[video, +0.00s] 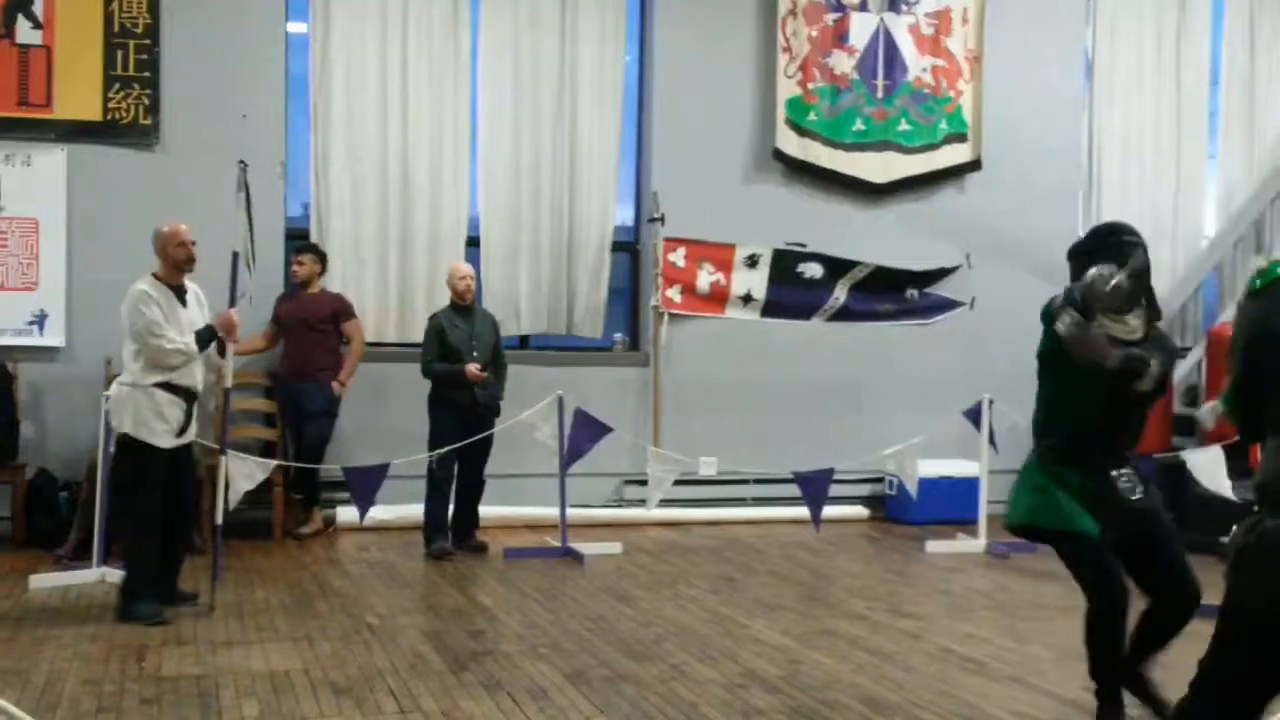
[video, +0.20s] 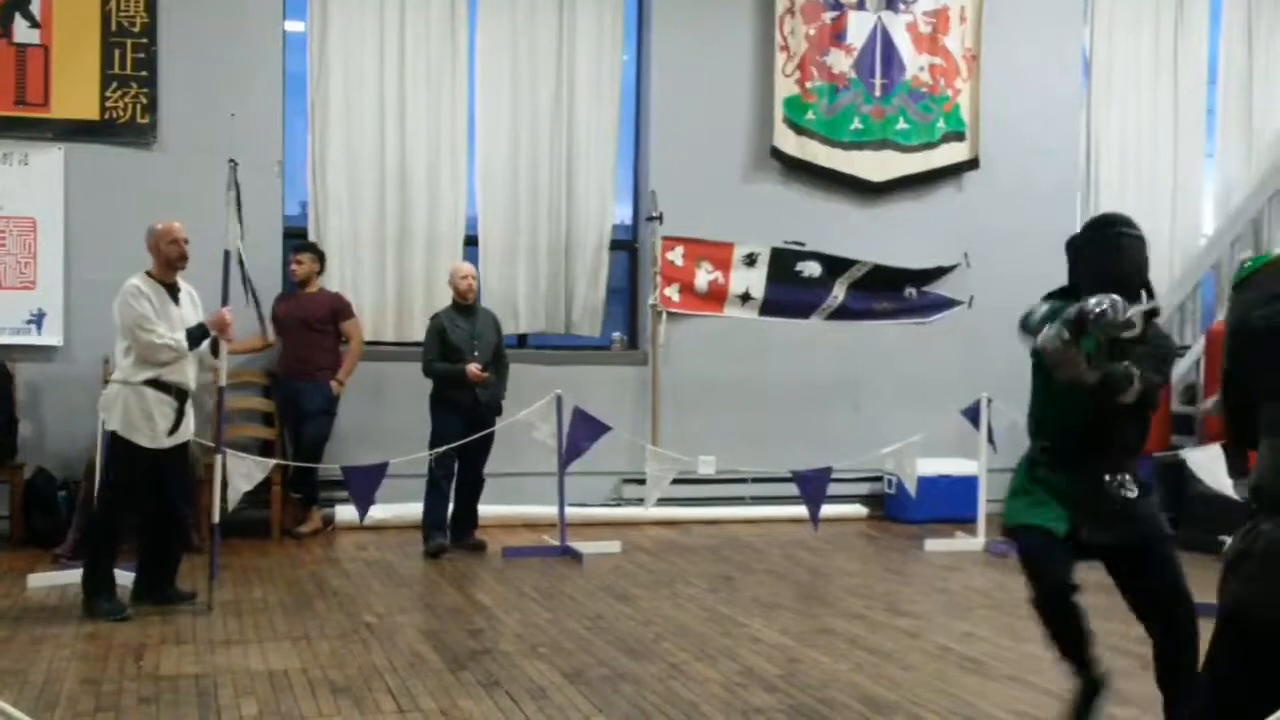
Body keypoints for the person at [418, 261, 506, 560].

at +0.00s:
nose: (467, 283)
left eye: (471, 278)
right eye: (461, 279)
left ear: (476, 283)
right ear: (449, 284)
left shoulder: (487, 320)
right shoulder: (438, 322)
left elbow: (499, 362)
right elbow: (428, 367)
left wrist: (495, 396)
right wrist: (462, 370)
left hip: (481, 406)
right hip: (446, 407)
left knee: (473, 474)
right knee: (441, 472)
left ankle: (464, 534)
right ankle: (436, 538)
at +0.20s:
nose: (469, 283)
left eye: (473, 278)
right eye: (463, 278)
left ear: (478, 283)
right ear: (451, 284)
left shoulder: (489, 319)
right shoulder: (440, 321)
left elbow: (501, 361)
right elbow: (429, 367)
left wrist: (497, 395)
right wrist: (462, 370)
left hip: (482, 405)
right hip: (448, 405)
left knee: (472, 473)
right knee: (441, 470)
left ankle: (463, 533)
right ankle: (435, 536)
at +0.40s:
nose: (469, 283)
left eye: (472, 278)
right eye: (463, 279)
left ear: (478, 284)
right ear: (452, 286)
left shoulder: (489, 320)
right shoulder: (441, 322)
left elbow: (501, 361)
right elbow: (430, 367)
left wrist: (497, 395)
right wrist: (463, 370)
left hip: (482, 406)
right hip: (448, 405)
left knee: (472, 472)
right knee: (441, 470)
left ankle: (461, 533)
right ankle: (433, 535)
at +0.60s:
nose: (470, 284)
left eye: (473, 279)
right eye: (464, 279)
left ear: (479, 284)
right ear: (453, 286)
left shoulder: (491, 321)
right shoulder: (443, 323)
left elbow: (503, 361)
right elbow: (432, 368)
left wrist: (499, 396)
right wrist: (465, 370)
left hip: (484, 407)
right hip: (451, 407)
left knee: (473, 473)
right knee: (443, 470)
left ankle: (461, 534)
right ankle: (432, 538)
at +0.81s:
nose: (468, 283)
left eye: (472, 278)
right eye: (462, 278)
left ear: (477, 283)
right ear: (451, 285)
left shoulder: (490, 320)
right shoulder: (441, 322)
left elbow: (503, 361)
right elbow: (430, 366)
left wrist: (498, 395)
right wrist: (463, 369)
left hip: (484, 406)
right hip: (449, 406)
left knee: (472, 472)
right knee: (442, 470)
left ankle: (460, 533)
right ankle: (431, 538)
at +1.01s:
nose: (465, 281)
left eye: (469, 276)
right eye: (459, 277)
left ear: (475, 282)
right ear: (449, 284)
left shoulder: (488, 319)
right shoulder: (439, 321)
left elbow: (500, 361)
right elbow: (428, 366)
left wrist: (495, 394)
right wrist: (460, 368)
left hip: (482, 405)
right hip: (447, 405)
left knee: (471, 471)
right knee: (441, 468)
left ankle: (459, 532)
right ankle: (429, 538)